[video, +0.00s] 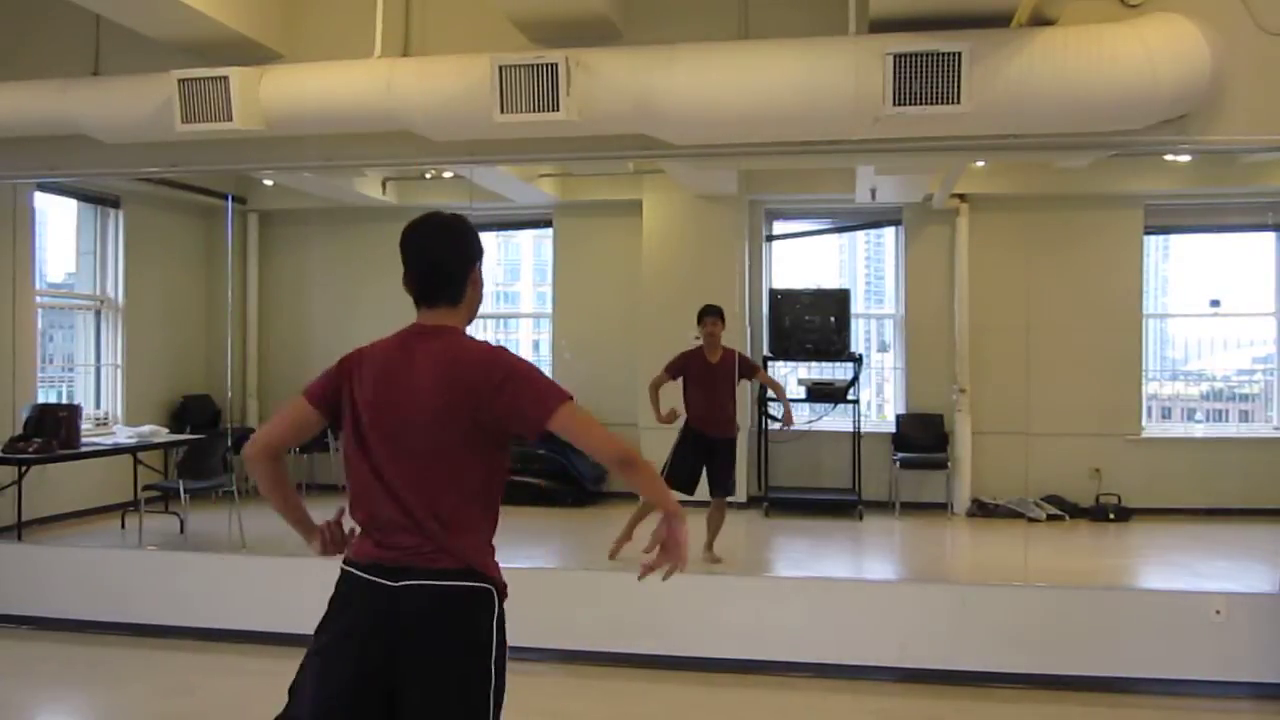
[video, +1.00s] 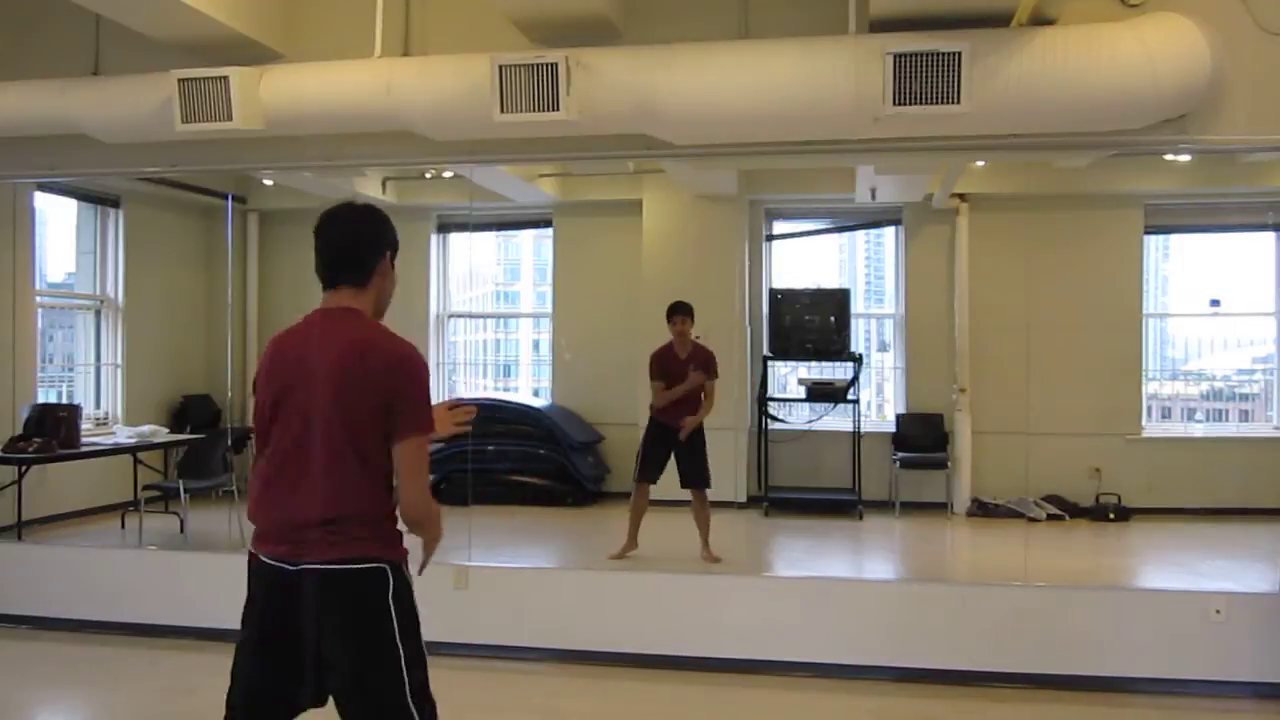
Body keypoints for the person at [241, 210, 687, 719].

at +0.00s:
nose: (483, 280)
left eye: (477, 270)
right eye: (482, 270)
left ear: (407, 283)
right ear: (476, 278)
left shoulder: (361, 367)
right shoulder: (495, 368)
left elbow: (260, 450)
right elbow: (616, 454)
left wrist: (311, 530)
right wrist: (671, 508)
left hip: (362, 601)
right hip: (458, 609)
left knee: (314, 711)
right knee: (458, 710)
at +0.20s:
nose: (465, 287)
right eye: (463, 275)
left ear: (392, 290)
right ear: (457, 282)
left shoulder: (371, 375)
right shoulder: (487, 363)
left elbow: (390, 519)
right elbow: (525, 494)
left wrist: (498, 578)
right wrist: (495, 511)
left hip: (356, 607)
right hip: (445, 619)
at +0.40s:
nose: (425, 286)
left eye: (422, 275)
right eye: (424, 274)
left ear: (348, 286)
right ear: (413, 277)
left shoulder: (352, 377)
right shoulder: (433, 324)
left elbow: (452, 483)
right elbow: (523, 429)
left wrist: (561, 503)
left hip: (361, 591)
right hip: (444, 600)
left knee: (318, 711)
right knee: (470, 712)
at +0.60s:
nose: (416, 282)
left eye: (416, 270)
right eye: (415, 270)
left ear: (341, 276)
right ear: (404, 276)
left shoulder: (327, 378)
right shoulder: (396, 345)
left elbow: (337, 491)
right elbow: (490, 381)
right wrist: (545, 349)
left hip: (359, 574)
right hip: (435, 582)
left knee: (317, 709)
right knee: (451, 711)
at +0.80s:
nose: (435, 291)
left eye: (433, 278)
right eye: (435, 279)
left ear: (362, 276)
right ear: (425, 285)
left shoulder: (296, 350)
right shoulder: (409, 365)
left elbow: (213, 423)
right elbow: (537, 442)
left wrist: (291, 420)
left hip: (315, 597)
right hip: (398, 595)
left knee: (311, 711)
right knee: (446, 711)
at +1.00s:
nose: (397, 277)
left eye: (396, 263)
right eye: (396, 262)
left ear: (322, 265)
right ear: (384, 264)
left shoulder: (277, 351)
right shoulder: (397, 357)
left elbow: (270, 464)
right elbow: (413, 504)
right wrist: (430, 530)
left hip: (276, 583)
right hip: (362, 587)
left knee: (252, 711)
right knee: (398, 712)